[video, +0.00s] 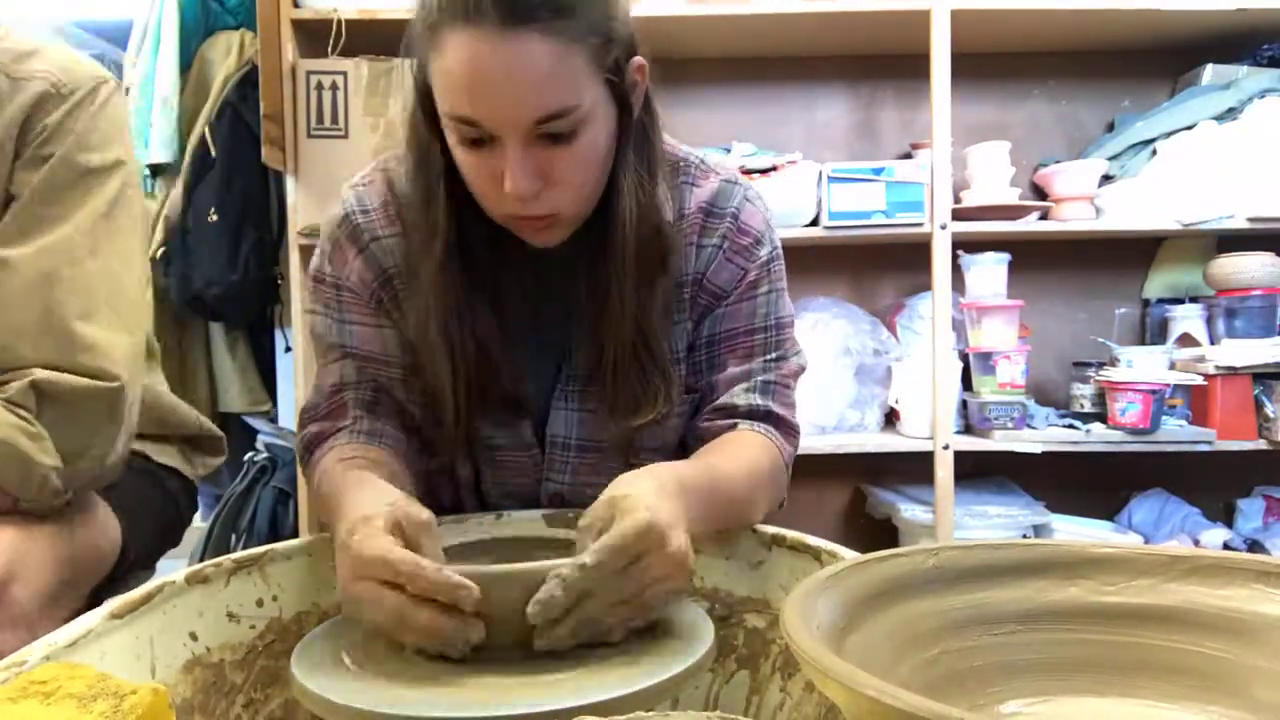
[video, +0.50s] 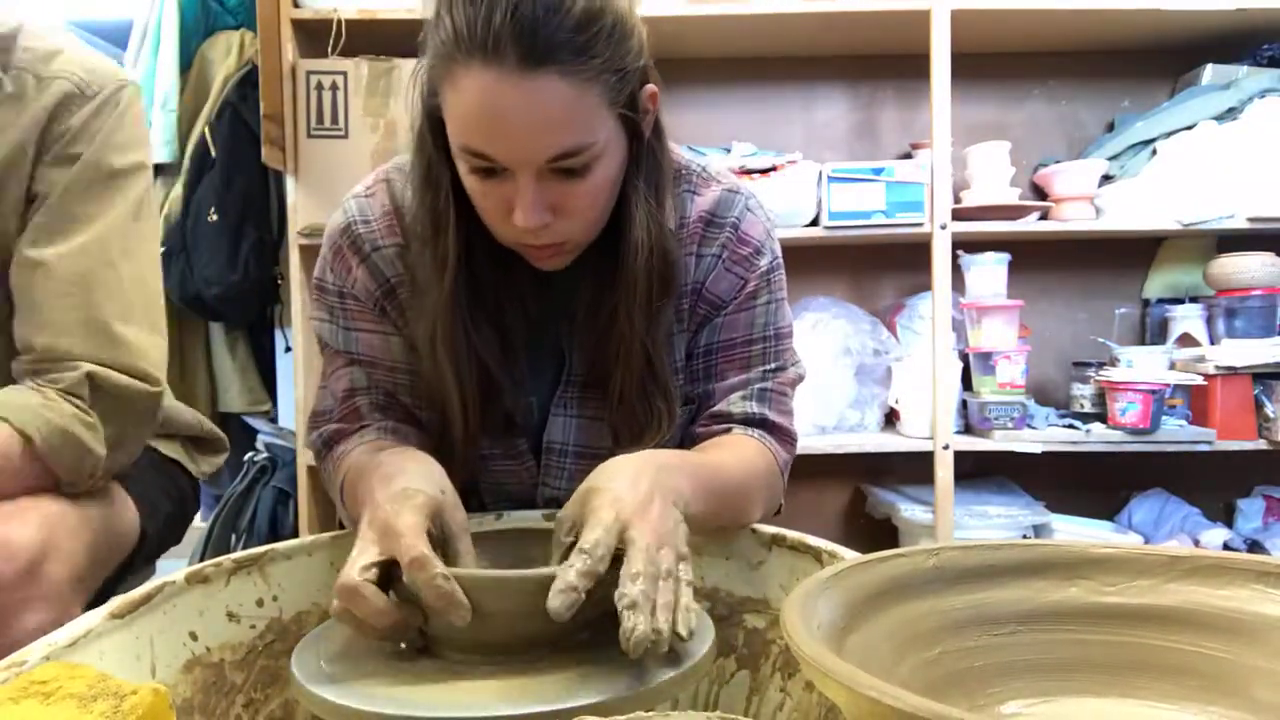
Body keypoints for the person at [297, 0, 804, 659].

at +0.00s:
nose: (518, 182)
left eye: (556, 133)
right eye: (474, 139)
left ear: (630, 89)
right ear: (435, 119)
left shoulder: (718, 221)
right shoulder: (378, 223)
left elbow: (759, 436)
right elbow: (350, 420)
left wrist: (679, 496)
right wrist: (363, 506)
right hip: (448, 611)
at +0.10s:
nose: (519, 206)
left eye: (560, 156)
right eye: (475, 159)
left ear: (633, 108)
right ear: (435, 128)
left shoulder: (722, 231)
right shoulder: (374, 235)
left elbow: (762, 443)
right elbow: (353, 423)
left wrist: (690, 490)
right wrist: (362, 486)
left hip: (657, 617)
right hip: (447, 616)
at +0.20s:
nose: (526, 194)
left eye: (567, 145)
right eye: (484, 148)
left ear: (639, 101)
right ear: (444, 119)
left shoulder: (719, 222)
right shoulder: (380, 236)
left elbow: (761, 435)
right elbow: (362, 413)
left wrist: (687, 502)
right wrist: (378, 486)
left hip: (661, 609)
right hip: (450, 616)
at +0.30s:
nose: (516, 208)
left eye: (557, 160)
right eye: (474, 164)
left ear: (631, 112)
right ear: (433, 132)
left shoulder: (718, 230)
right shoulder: (373, 235)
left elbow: (757, 450)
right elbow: (356, 422)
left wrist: (664, 482)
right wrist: (389, 471)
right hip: (449, 620)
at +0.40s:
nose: (521, 218)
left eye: (564, 170)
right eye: (479, 172)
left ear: (636, 120)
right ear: (437, 137)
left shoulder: (719, 230)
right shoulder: (372, 236)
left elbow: (759, 448)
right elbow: (354, 423)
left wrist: (668, 479)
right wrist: (386, 478)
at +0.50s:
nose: (527, 215)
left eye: (571, 169)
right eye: (484, 170)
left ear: (642, 118)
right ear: (442, 132)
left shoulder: (722, 230)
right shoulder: (375, 234)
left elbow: (758, 450)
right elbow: (355, 422)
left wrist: (667, 476)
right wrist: (389, 477)